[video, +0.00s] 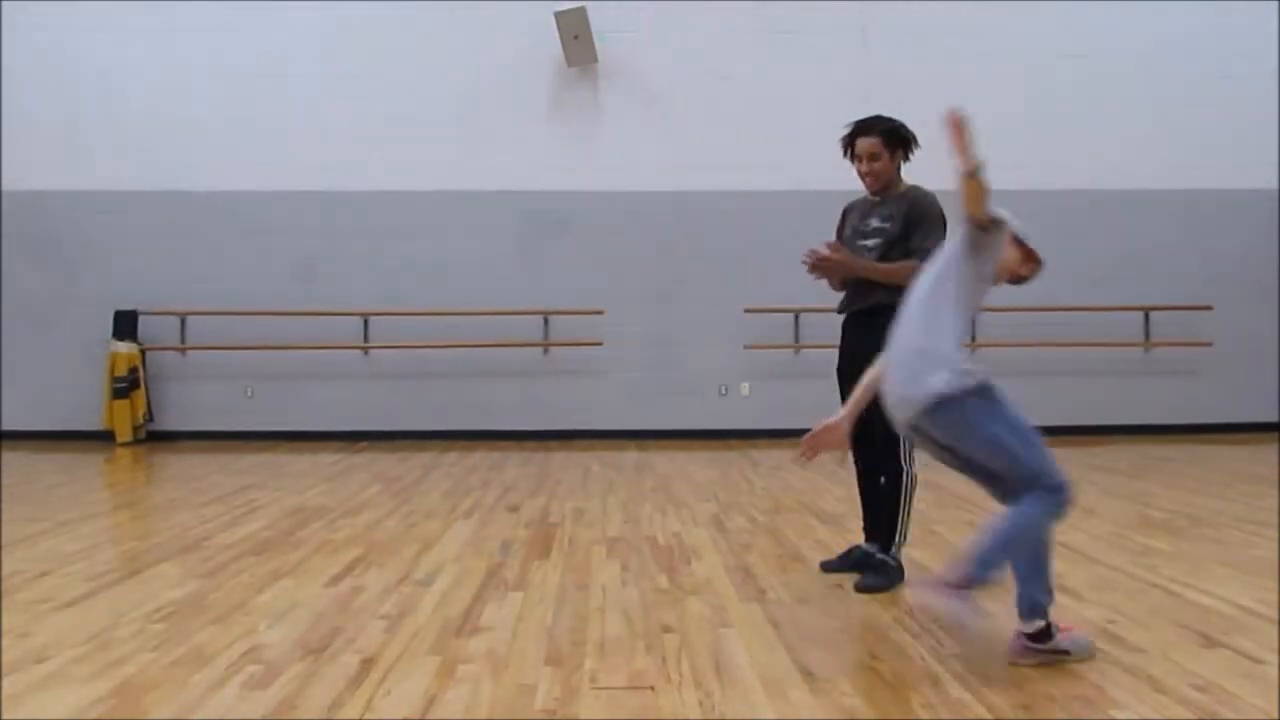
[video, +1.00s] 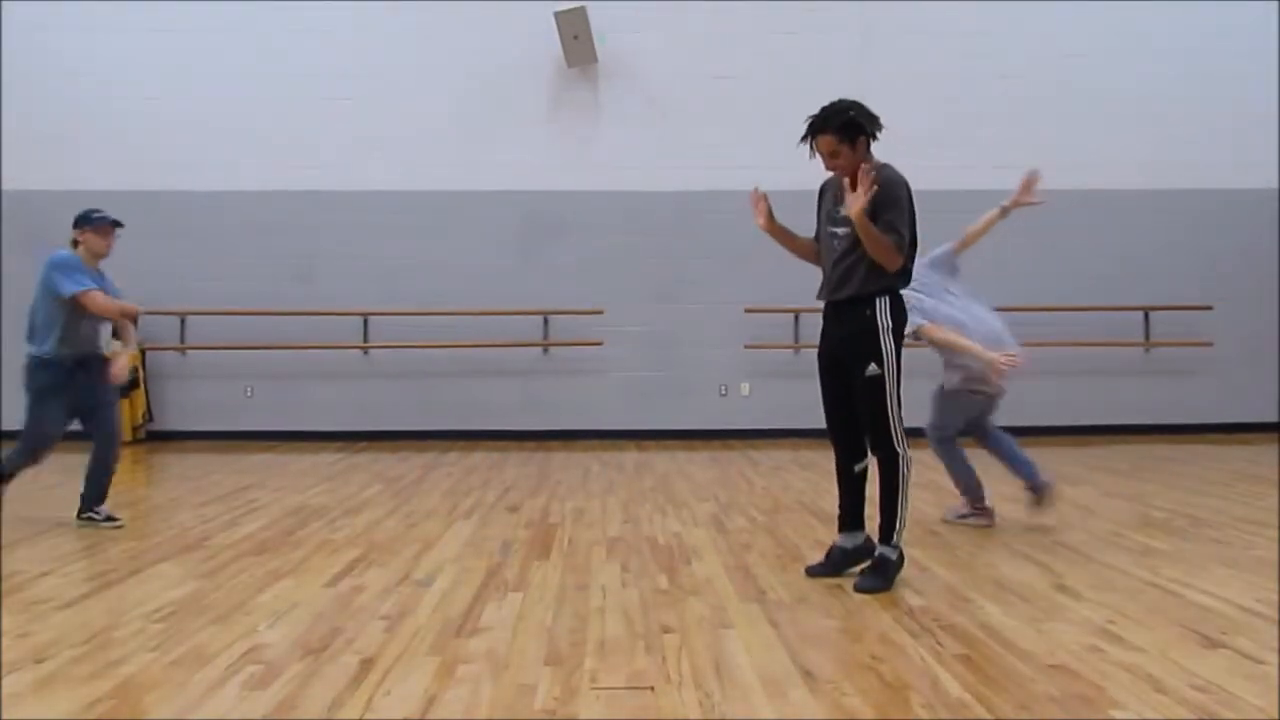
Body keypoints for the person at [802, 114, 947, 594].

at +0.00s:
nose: (865, 167)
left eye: (874, 157)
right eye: (858, 158)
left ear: (899, 157)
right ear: (852, 162)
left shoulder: (921, 206)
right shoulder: (852, 213)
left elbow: (926, 274)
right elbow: (848, 280)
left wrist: (853, 267)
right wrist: (833, 268)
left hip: (897, 326)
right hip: (858, 327)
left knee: (890, 441)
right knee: (863, 440)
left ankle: (889, 552)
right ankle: (872, 543)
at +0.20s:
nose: (860, 169)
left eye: (869, 159)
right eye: (853, 161)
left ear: (894, 155)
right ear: (848, 161)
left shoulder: (914, 204)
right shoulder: (850, 208)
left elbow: (913, 275)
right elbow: (841, 279)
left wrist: (841, 255)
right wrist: (824, 255)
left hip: (894, 326)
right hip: (854, 326)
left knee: (892, 438)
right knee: (850, 436)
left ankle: (891, 552)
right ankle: (872, 541)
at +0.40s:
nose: (851, 171)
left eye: (859, 161)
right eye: (845, 163)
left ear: (886, 155)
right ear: (841, 161)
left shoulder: (907, 200)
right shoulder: (846, 206)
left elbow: (900, 272)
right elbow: (843, 278)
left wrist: (833, 251)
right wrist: (817, 259)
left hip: (887, 327)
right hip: (848, 327)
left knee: (888, 439)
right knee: (846, 439)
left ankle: (890, 554)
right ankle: (863, 546)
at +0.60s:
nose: (839, 171)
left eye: (846, 161)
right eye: (834, 162)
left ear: (873, 153)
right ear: (832, 158)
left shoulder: (898, 197)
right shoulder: (835, 201)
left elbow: (899, 272)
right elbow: (825, 267)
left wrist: (866, 227)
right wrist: (775, 240)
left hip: (881, 326)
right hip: (841, 328)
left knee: (885, 441)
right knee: (848, 442)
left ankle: (890, 553)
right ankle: (861, 546)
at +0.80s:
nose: (832, 167)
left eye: (839, 157)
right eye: (827, 158)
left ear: (866, 150)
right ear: (824, 154)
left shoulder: (893, 192)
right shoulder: (831, 195)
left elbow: (899, 266)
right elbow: (822, 259)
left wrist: (865, 224)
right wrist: (775, 233)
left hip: (879, 320)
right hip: (837, 322)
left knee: (885, 438)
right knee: (846, 439)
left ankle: (890, 549)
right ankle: (856, 542)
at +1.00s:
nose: (827, 164)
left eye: (833, 153)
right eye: (821, 155)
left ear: (861, 145)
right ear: (820, 151)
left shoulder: (889, 186)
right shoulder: (830, 191)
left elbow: (894, 259)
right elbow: (821, 255)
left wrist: (859, 218)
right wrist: (773, 229)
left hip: (877, 316)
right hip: (837, 318)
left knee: (885, 437)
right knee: (845, 437)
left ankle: (889, 548)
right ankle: (852, 540)